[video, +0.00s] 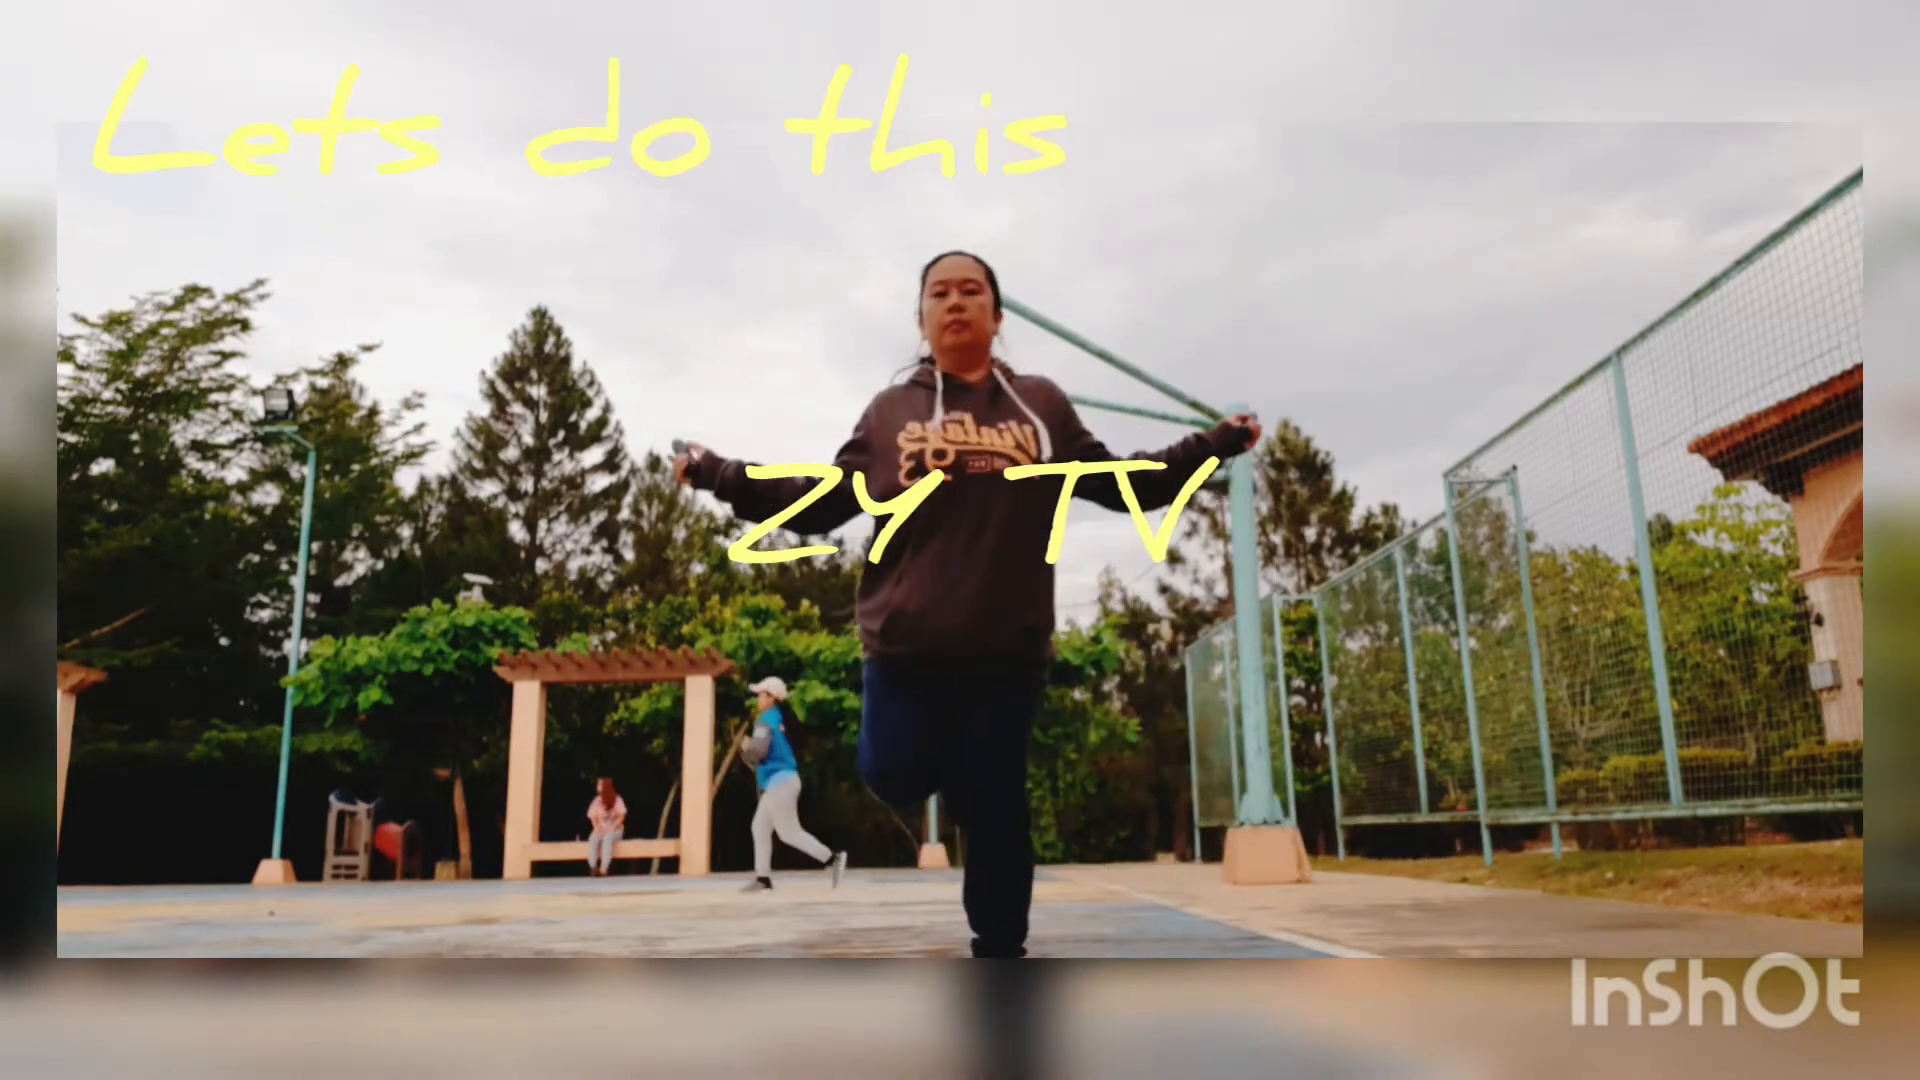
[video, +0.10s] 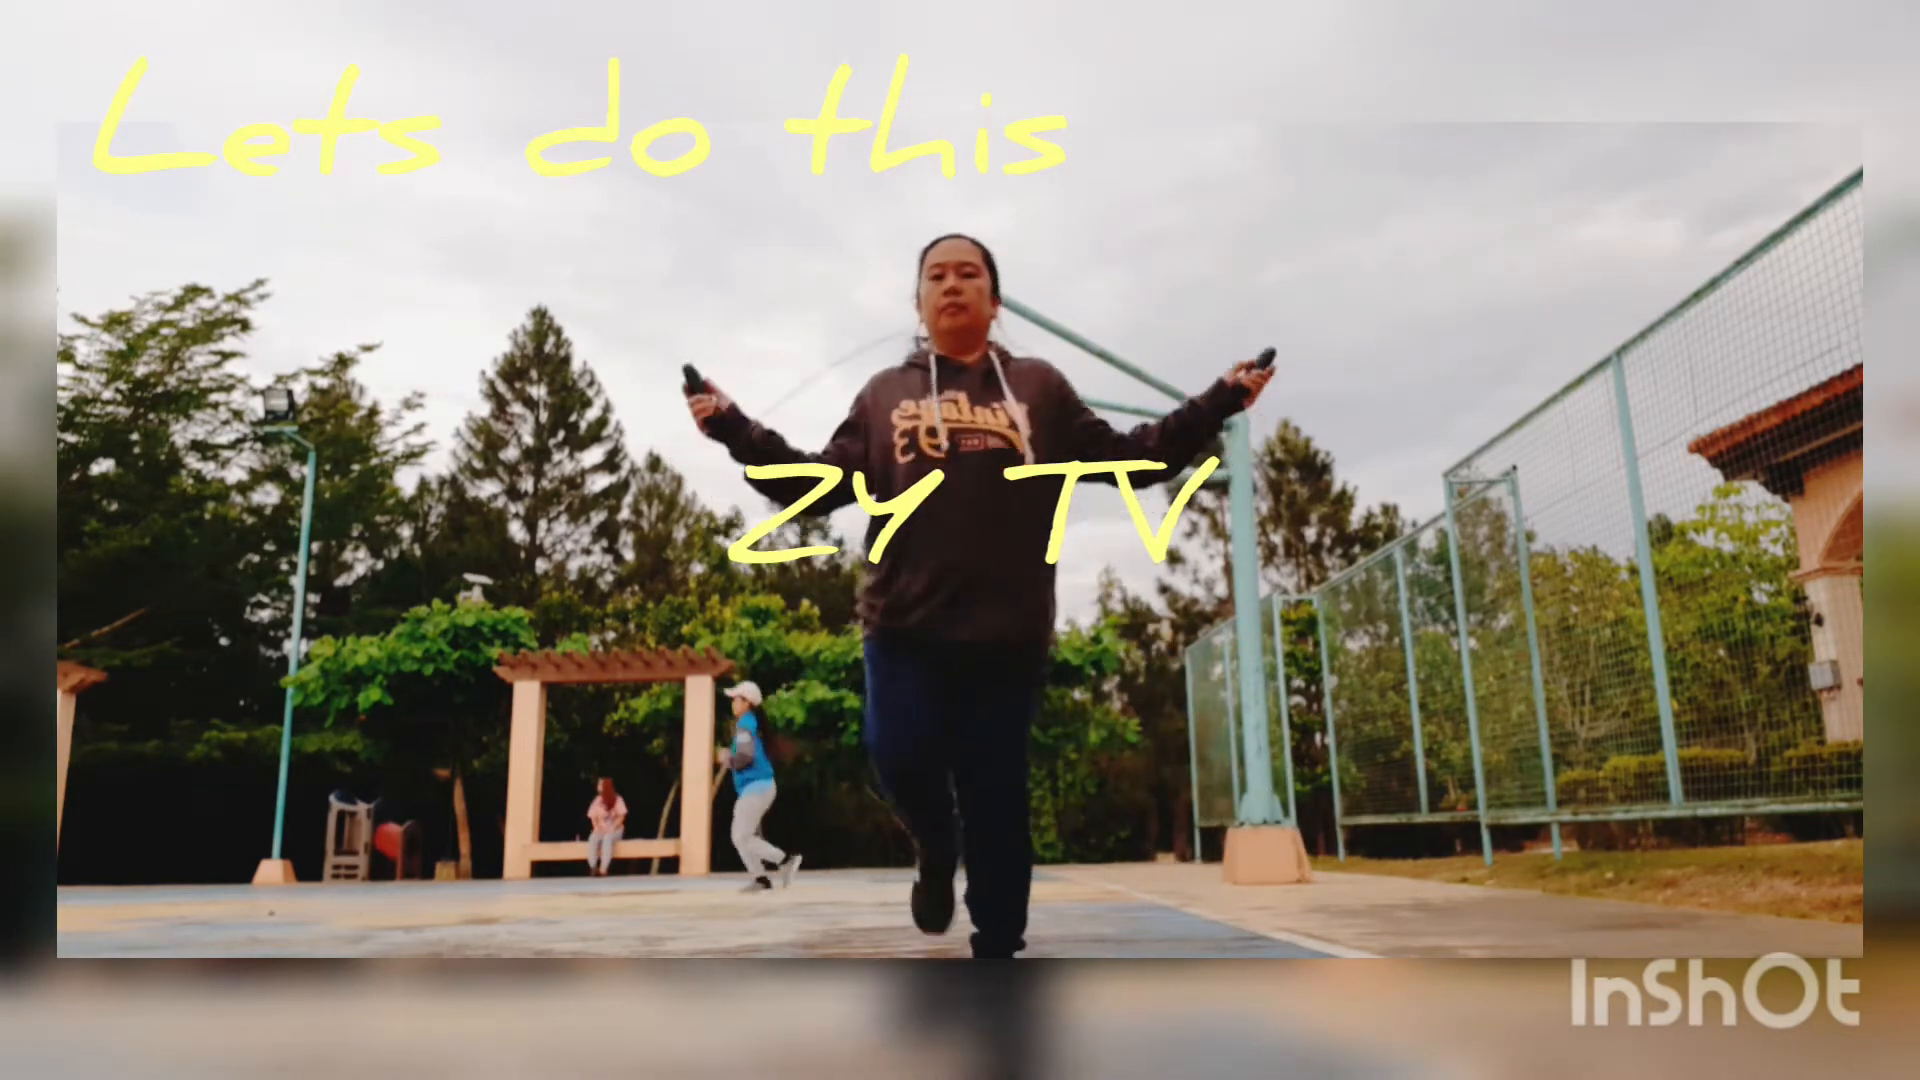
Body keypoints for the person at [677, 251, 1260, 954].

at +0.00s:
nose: (956, 304)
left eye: (972, 293)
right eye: (941, 295)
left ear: (997, 319)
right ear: (922, 320)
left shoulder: (1040, 403)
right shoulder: (892, 408)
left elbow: (1118, 482)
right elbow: (827, 497)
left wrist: (1210, 448)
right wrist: (727, 478)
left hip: (1003, 642)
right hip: (905, 643)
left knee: (996, 809)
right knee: (895, 778)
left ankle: (1001, 956)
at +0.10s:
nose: (953, 285)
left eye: (968, 275)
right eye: (938, 276)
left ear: (995, 301)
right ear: (918, 302)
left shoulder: (1038, 387)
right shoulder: (885, 393)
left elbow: (1128, 457)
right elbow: (819, 485)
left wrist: (1216, 403)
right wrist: (734, 431)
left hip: (1005, 622)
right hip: (904, 622)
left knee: (995, 791)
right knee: (895, 754)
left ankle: (998, 948)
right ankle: (935, 847)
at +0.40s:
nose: (942, 303)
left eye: (957, 292)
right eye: (927, 293)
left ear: (983, 316)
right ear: (906, 318)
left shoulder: (1029, 413)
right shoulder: (869, 417)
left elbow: (1099, 508)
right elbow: (820, 518)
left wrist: (1182, 507)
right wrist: (759, 536)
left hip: (1006, 653)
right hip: (902, 657)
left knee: (1002, 812)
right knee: (906, 810)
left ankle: (1005, 960)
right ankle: (900, 961)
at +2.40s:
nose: (967, 280)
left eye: (982, 269)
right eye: (952, 271)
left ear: (1008, 291)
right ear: (930, 293)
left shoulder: (1053, 386)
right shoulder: (895, 395)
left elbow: (1118, 502)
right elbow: (848, 514)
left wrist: (1209, 515)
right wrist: (770, 536)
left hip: (1033, 635)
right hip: (927, 637)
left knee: (1035, 803)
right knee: (933, 804)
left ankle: (1042, 952)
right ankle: (936, 953)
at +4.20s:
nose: (964, 224)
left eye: (980, 211)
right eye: (949, 213)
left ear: (1007, 234)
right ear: (927, 235)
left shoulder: (1055, 336)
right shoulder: (891, 343)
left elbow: (1126, 455)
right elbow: (833, 471)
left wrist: (1222, 474)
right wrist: (738, 506)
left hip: (1037, 587)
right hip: (930, 590)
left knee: (1033, 764)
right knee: (940, 768)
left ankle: (1039, 942)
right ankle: (946, 948)